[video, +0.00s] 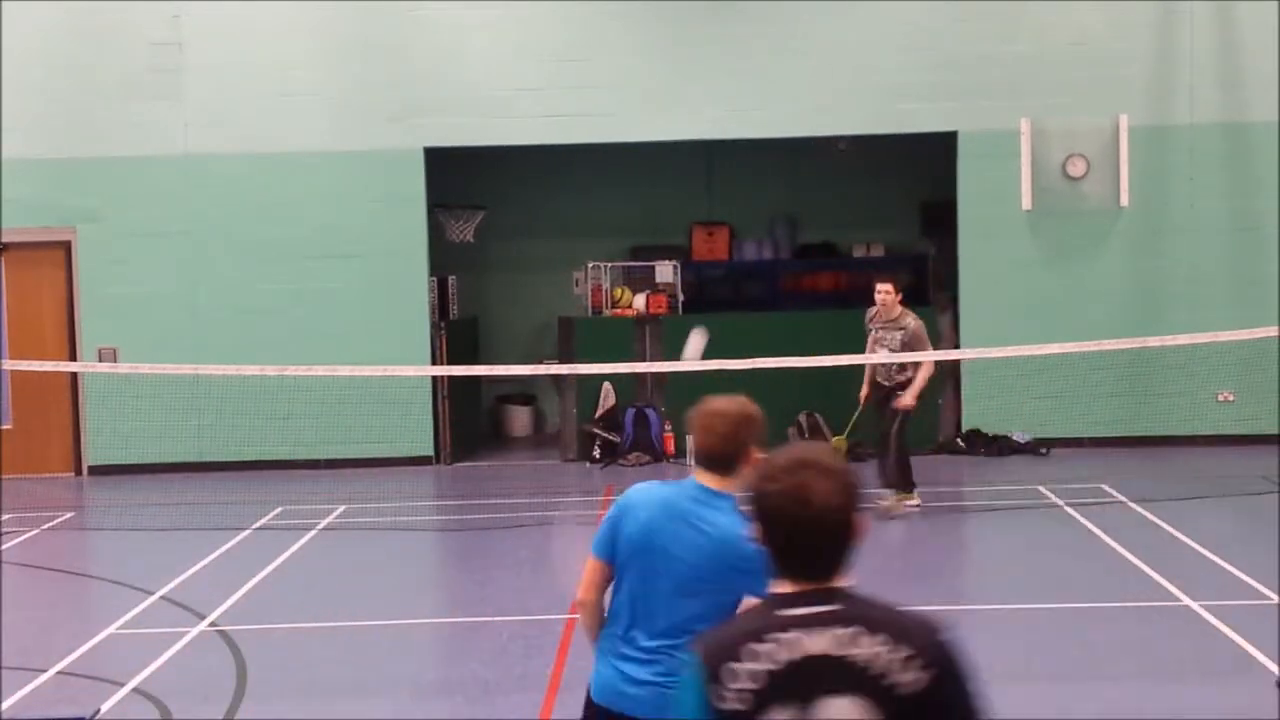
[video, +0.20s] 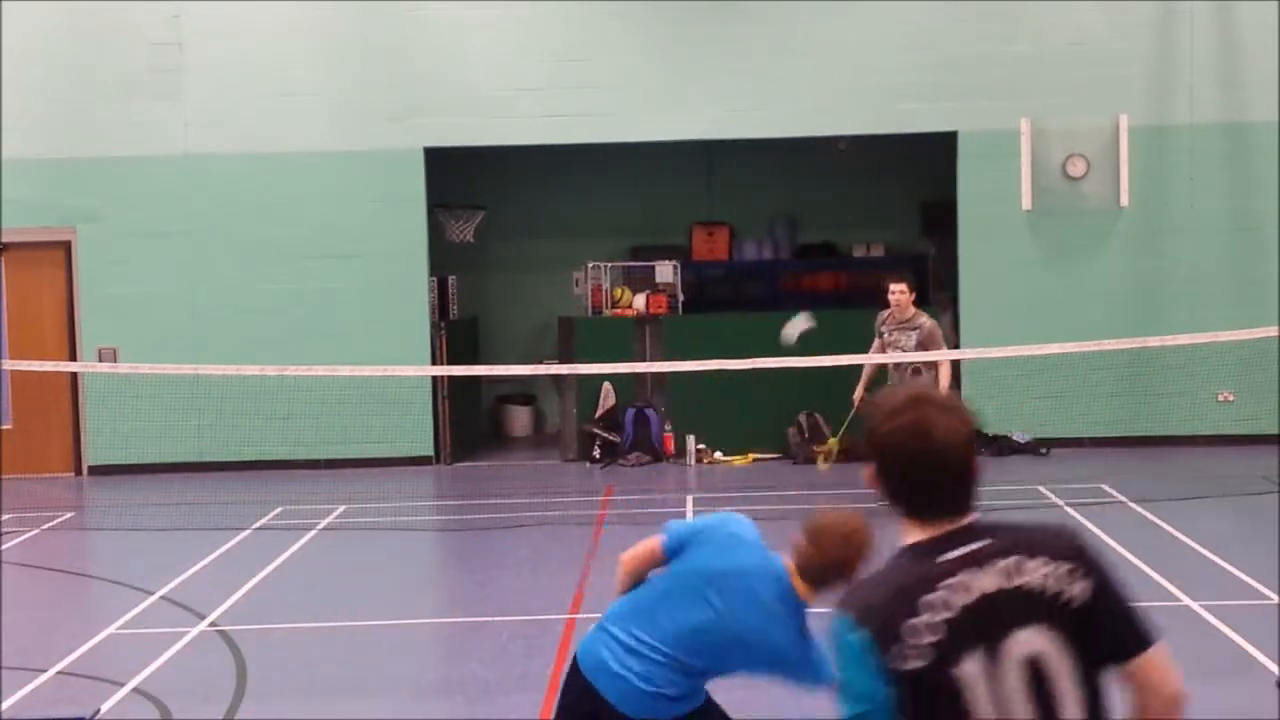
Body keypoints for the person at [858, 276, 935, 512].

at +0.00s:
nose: (881, 297)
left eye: (887, 293)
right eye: (878, 292)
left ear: (898, 297)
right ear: (874, 296)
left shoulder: (912, 325)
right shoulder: (872, 316)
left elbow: (928, 363)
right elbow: (871, 349)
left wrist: (911, 393)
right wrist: (866, 383)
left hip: (904, 386)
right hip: (880, 385)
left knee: (892, 434)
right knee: (887, 435)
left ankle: (899, 490)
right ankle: (905, 491)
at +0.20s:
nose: (896, 298)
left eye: (902, 293)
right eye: (892, 293)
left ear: (912, 296)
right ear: (887, 296)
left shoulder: (927, 325)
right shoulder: (883, 319)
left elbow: (943, 361)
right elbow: (876, 353)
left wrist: (942, 395)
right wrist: (861, 386)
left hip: (924, 393)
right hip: (894, 392)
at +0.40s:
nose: (907, 290)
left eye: (912, 286)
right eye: (903, 286)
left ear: (922, 289)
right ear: (898, 290)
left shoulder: (939, 318)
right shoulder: (891, 317)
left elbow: (953, 358)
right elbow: (882, 354)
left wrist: (940, 389)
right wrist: (869, 388)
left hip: (933, 389)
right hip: (902, 388)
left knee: (938, 446)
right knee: (894, 443)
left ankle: (950, 501)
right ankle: (904, 484)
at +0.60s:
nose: (906, 285)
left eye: (910, 280)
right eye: (901, 280)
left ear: (920, 284)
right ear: (895, 285)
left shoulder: (938, 314)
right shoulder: (886, 313)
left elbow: (952, 353)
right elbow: (876, 350)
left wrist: (946, 388)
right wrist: (870, 380)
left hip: (931, 387)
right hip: (898, 387)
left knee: (938, 446)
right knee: (898, 446)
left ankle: (950, 500)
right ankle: (898, 502)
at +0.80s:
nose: (898, 281)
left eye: (902, 276)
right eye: (893, 277)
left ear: (912, 281)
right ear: (887, 284)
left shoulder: (929, 313)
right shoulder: (875, 316)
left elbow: (941, 354)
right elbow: (864, 354)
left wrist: (947, 392)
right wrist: (865, 383)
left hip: (924, 389)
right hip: (890, 390)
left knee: (933, 447)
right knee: (891, 449)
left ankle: (943, 494)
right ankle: (895, 508)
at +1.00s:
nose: (894, 298)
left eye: (899, 293)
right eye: (890, 293)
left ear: (909, 296)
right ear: (885, 296)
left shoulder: (924, 325)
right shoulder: (882, 317)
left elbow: (940, 361)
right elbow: (875, 349)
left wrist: (940, 396)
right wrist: (861, 385)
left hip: (918, 392)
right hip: (890, 391)